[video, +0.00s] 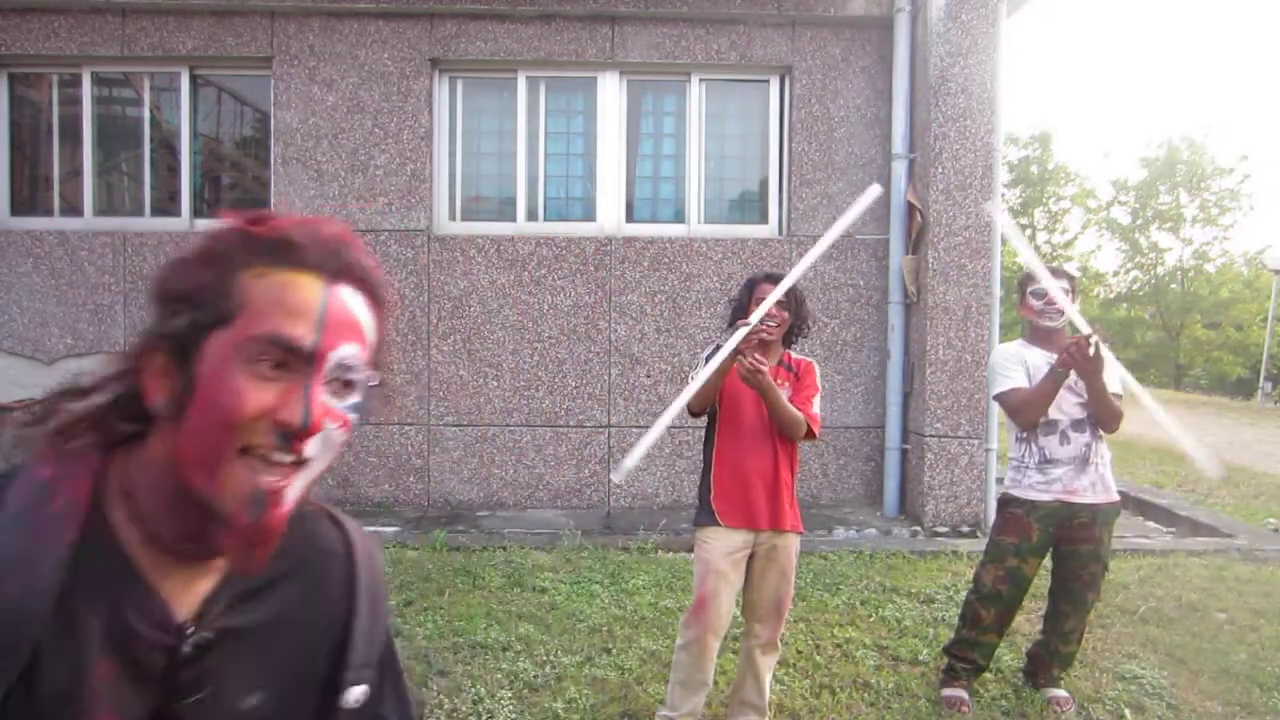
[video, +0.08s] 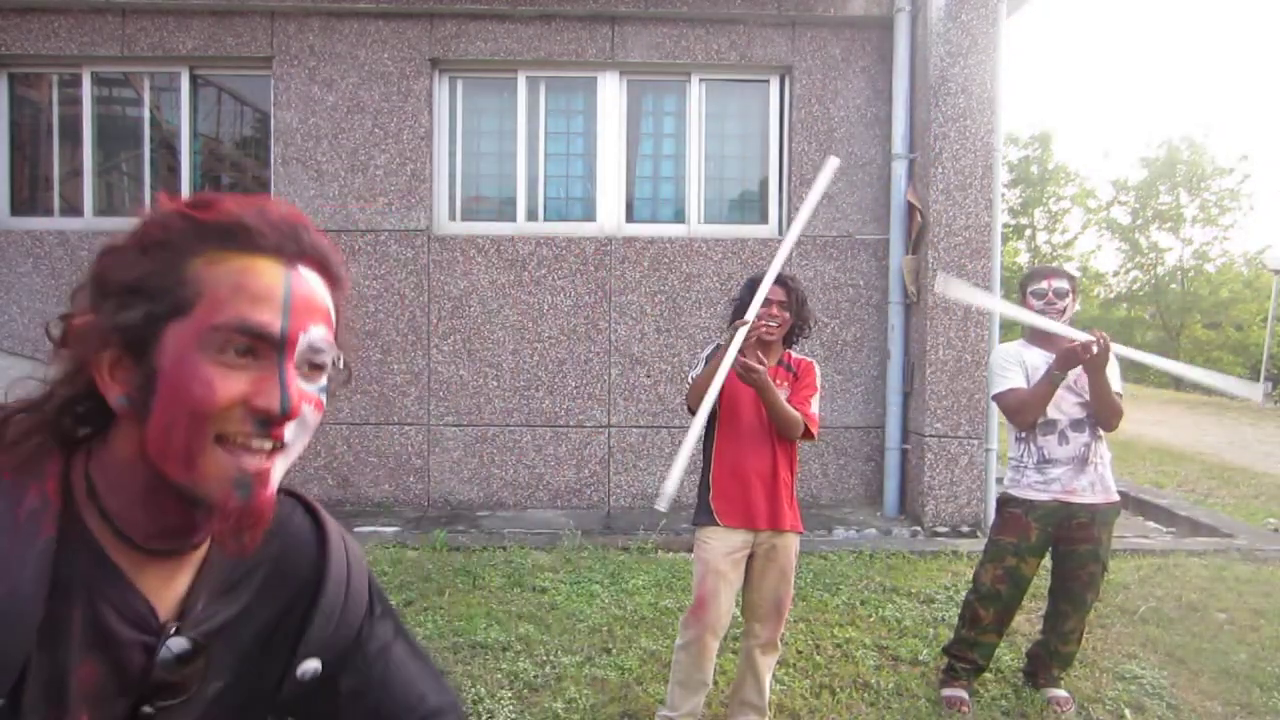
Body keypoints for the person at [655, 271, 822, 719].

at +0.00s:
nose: (769, 312)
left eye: (780, 306)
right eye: (760, 303)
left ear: (792, 318)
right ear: (744, 311)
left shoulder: (803, 369)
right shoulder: (722, 360)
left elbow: (798, 431)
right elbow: (696, 407)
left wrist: (767, 387)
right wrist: (729, 357)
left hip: (780, 517)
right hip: (723, 515)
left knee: (766, 633)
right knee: (706, 620)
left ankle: (748, 714)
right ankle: (678, 713)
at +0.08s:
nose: (771, 314)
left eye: (781, 307)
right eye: (762, 304)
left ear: (793, 318)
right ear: (744, 312)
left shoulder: (802, 368)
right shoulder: (721, 355)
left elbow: (795, 430)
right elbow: (695, 403)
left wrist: (764, 384)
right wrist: (731, 346)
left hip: (779, 517)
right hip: (722, 515)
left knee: (766, 633)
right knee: (705, 620)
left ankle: (749, 714)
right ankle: (678, 713)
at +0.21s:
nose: (771, 314)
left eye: (782, 308)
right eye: (764, 304)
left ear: (793, 319)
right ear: (747, 309)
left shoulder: (803, 368)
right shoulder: (722, 355)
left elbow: (793, 429)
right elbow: (694, 404)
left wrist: (762, 379)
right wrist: (727, 354)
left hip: (778, 517)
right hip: (721, 514)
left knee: (766, 633)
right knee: (705, 620)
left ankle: (748, 714)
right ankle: (683, 713)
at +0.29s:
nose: (773, 313)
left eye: (783, 307)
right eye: (764, 304)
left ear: (794, 318)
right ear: (747, 311)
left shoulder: (803, 367)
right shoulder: (723, 354)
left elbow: (792, 428)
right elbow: (694, 405)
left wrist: (764, 373)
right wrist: (725, 354)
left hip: (779, 513)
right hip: (721, 510)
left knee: (769, 624)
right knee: (701, 618)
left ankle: (759, 712)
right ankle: (678, 712)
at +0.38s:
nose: (774, 313)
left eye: (784, 307)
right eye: (765, 304)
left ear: (795, 318)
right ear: (748, 311)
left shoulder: (804, 368)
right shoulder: (722, 354)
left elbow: (792, 429)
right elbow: (693, 406)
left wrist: (762, 365)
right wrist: (723, 356)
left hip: (779, 514)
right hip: (721, 512)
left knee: (765, 624)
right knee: (702, 618)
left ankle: (750, 712)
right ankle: (680, 712)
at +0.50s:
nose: (776, 313)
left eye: (785, 307)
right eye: (766, 304)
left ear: (795, 318)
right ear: (747, 310)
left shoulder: (802, 369)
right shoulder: (721, 356)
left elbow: (792, 428)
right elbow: (693, 408)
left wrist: (761, 374)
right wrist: (723, 357)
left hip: (780, 516)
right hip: (722, 514)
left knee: (765, 633)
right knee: (705, 621)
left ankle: (749, 714)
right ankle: (683, 713)